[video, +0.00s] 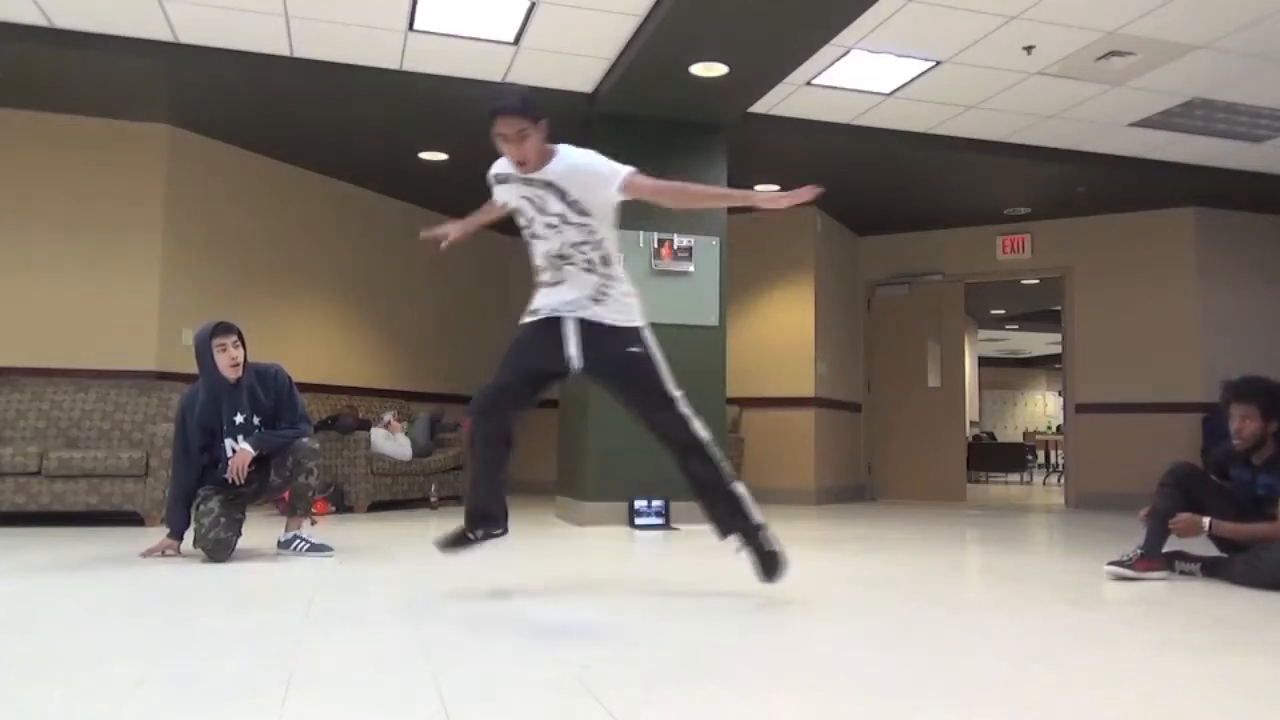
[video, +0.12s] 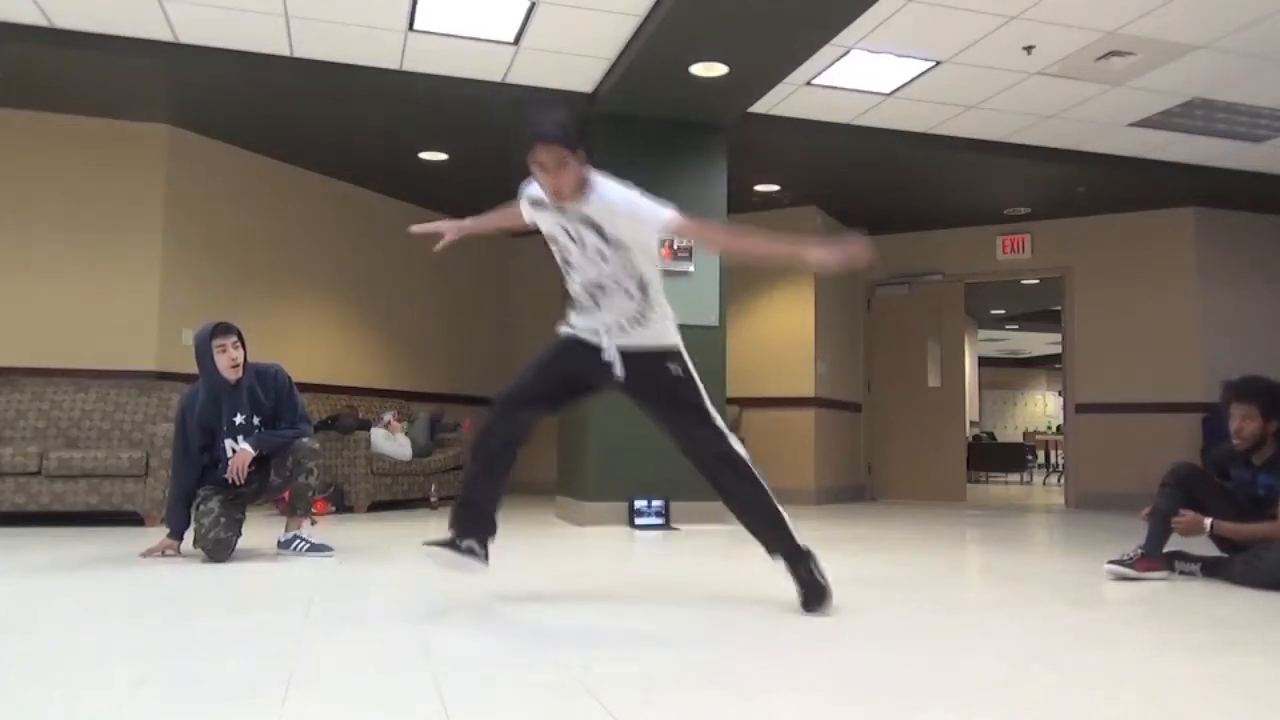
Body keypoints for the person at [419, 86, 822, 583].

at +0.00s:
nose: (513, 149)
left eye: (521, 136)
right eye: (503, 140)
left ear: (544, 130)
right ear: (495, 140)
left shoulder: (582, 167)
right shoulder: (503, 175)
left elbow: (666, 193)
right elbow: (505, 201)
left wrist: (762, 199)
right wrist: (463, 226)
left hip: (610, 317)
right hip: (549, 317)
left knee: (678, 427)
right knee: (490, 408)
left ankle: (751, 532)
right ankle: (486, 520)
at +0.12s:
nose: (549, 180)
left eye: (557, 167)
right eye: (541, 170)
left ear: (581, 160)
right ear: (534, 168)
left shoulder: (617, 201)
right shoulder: (537, 196)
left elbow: (711, 234)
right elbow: (518, 216)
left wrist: (809, 252)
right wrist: (462, 226)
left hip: (651, 347)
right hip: (584, 342)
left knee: (717, 453)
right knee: (510, 412)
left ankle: (797, 561)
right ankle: (471, 532)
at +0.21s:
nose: (582, 228)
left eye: (591, 216)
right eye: (573, 218)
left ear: (614, 214)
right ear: (563, 219)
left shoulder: (648, 263)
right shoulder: (556, 249)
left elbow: (731, 318)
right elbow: (496, 260)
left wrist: (829, 352)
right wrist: (419, 251)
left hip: (672, 387)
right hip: (606, 382)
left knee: (729, 482)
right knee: (535, 443)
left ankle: (814, 579)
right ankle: (488, 574)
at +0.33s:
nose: (603, 277)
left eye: (613, 266)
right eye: (594, 266)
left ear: (632, 270)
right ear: (579, 270)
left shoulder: (654, 319)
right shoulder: (557, 292)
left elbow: (710, 395)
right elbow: (487, 298)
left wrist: (761, 466)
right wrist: (437, 297)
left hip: (661, 393)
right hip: (590, 390)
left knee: (722, 479)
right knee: (536, 462)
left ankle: (817, 576)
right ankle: (503, 583)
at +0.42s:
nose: (628, 318)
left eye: (641, 307)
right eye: (619, 302)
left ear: (654, 310)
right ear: (602, 299)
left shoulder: (658, 369)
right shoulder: (572, 316)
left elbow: (676, 463)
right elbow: (471, 335)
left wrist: (709, 543)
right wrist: (507, 371)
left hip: (627, 414)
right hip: (559, 399)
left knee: (696, 480)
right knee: (502, 447)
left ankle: (784, 536)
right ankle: (494, 583)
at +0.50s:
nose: (650, 329)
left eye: (664, 320)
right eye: (643, 312)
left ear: (673, 331)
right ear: (624, 311)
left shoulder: (660, 397)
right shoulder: (586, 326)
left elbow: (661, 486)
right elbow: (482, 326)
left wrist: (683, 580)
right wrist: (492, 359)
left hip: (610, 431)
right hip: (546, 408)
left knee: (648, 506)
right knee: (493, 453)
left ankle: (707, 528)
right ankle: (490, 587)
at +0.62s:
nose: (700, 330)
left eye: (715, 325)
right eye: (694, 316)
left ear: (724, 341)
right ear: (675, 317)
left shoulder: (694, 418)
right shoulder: (629, 330)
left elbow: (673, 503)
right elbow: (560, 281)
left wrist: (676, 596)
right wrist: (518, 235)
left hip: (592, 476)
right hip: (553, 432)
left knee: (530, 556)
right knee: (523, 471)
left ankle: (491, 509)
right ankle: (480, 585)